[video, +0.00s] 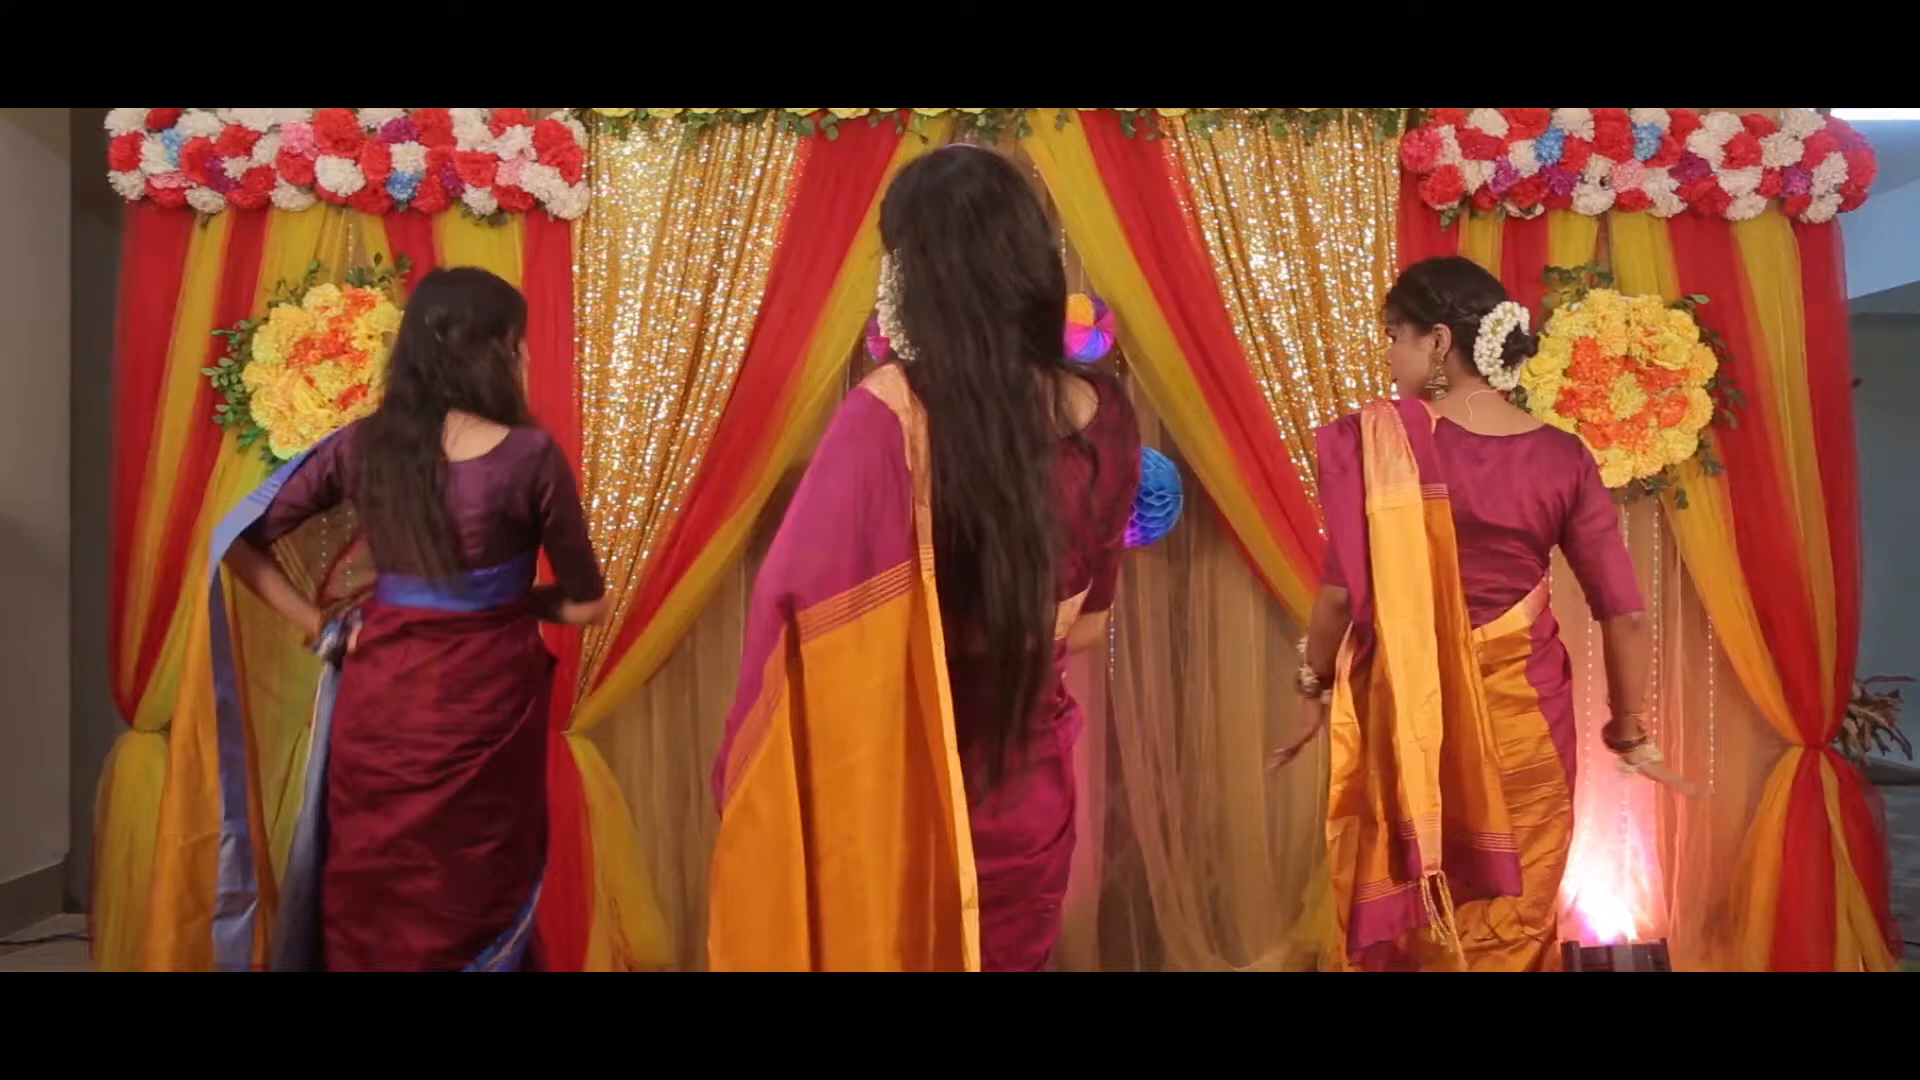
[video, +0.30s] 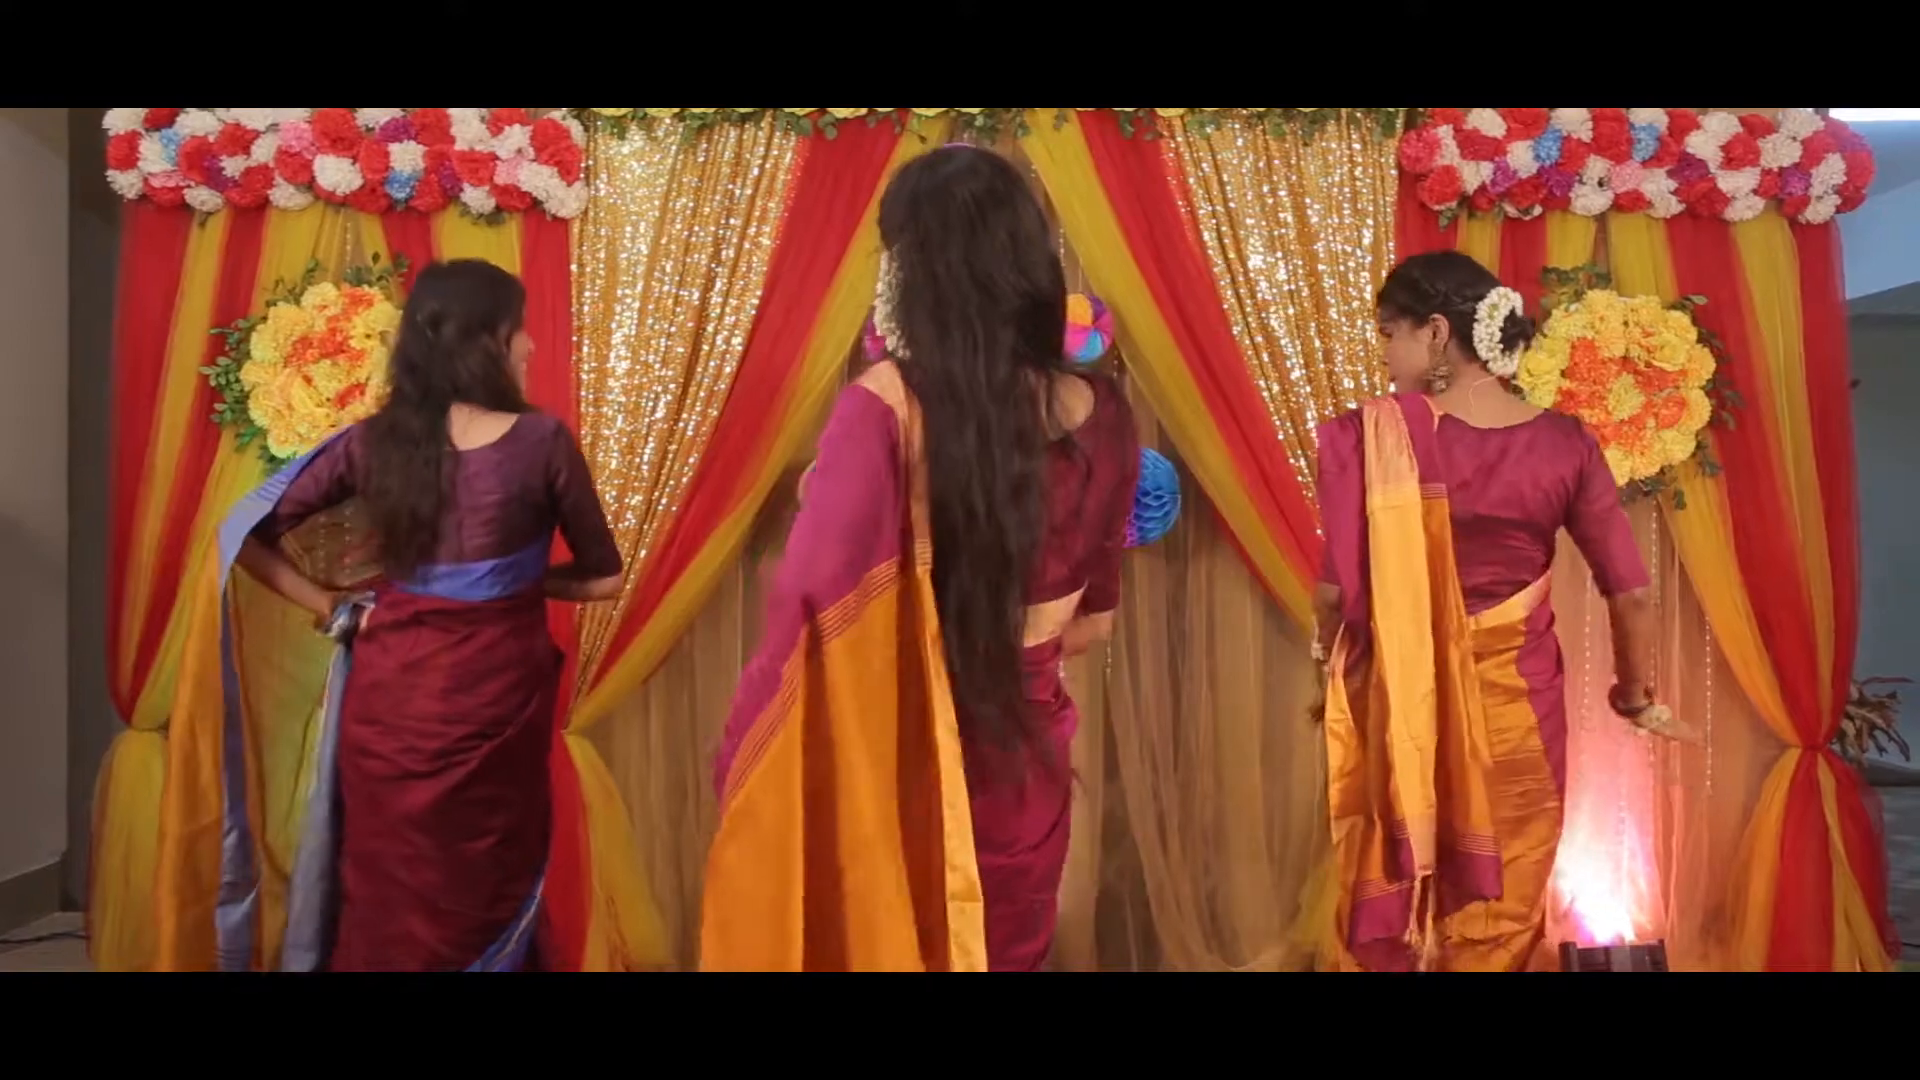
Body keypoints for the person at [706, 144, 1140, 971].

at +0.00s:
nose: (881, 275)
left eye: (888, 252)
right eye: (885, 251)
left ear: (912, 269)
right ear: (1034, 254)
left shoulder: (885, 413)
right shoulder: (1092, 408)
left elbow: (797, 606)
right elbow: (1090, 601)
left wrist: (747, 781)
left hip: (897, 800)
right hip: (1031, 791)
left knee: (896, 956)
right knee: (1015, 957)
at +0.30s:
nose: (880, 272)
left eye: (887, 250)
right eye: (884, 249)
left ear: (910, 266)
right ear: (1032, 254)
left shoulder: (884, 405)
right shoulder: (1095, 409)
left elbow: (813, 601)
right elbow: (1095, 616)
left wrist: (742, 752)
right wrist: (987, 644)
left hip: (900, 767)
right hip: (1027, 758)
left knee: (894, 952)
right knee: (1013, 953)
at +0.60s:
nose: (883, 287)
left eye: (891, 263)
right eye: (887, 262)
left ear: (914, 277)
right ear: (1024, 269)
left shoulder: (884, 410)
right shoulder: (1074, 423)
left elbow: (830, 627)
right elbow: (1055, 599)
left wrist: (723, 794)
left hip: (900, 783)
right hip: (1015, 779)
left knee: (898, 953)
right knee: (1005, 953)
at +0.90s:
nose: (865, 261)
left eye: (871, 240)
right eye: (868, 239)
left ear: (907, 260)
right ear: (955, 260)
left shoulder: (912, 420)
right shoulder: (942, 397)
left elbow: (881, 677)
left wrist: (821, 876)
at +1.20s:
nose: (845, 244)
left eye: (867, 224)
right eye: (856, 222)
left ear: (933, 250)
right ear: (925, 251)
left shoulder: (955, 406)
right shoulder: (901, 389)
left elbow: (941, 633)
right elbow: (862, 603)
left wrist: (904, 805)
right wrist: (754, 711)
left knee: (725, 938)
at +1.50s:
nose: (897, 307)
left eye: (933, 288)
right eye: (895, 285)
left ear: (1003, 317)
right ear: (878, 303)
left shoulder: (1008, 435)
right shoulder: (906, 448)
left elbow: (1129, 620)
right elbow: (835, 629)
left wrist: (969, 771)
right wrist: (804, 728)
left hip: (915, 838)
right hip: (837, 825)